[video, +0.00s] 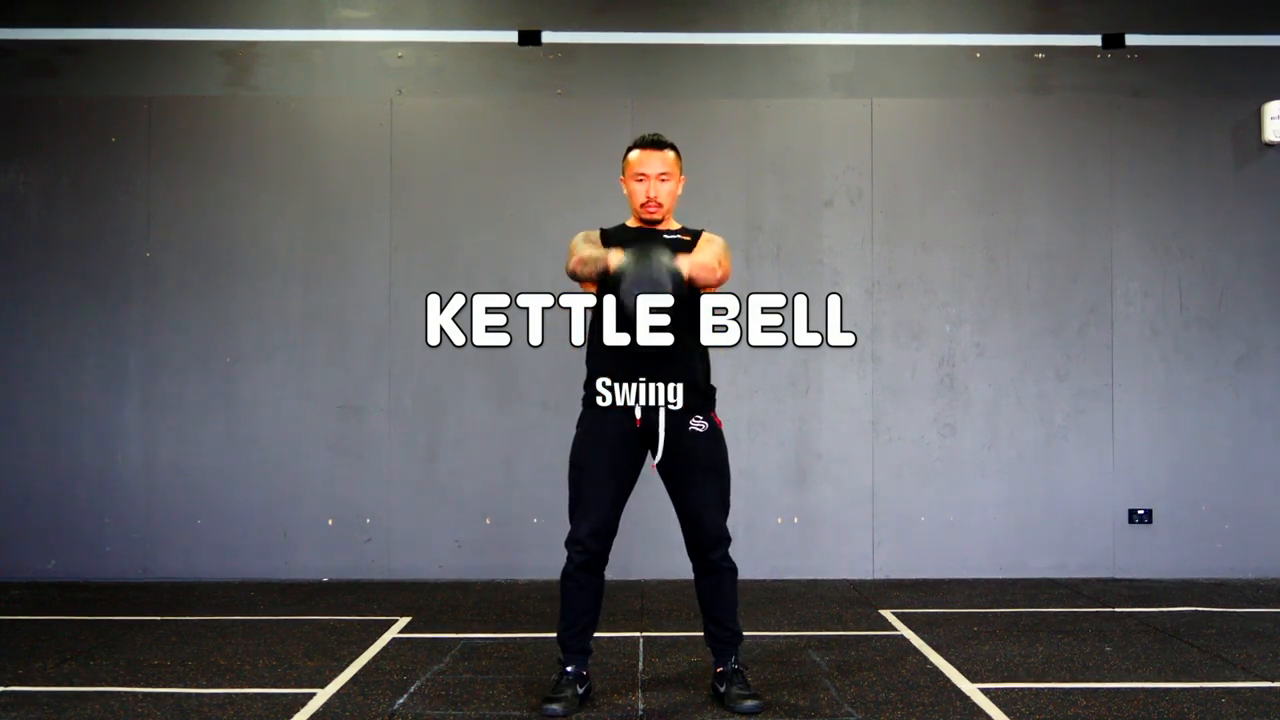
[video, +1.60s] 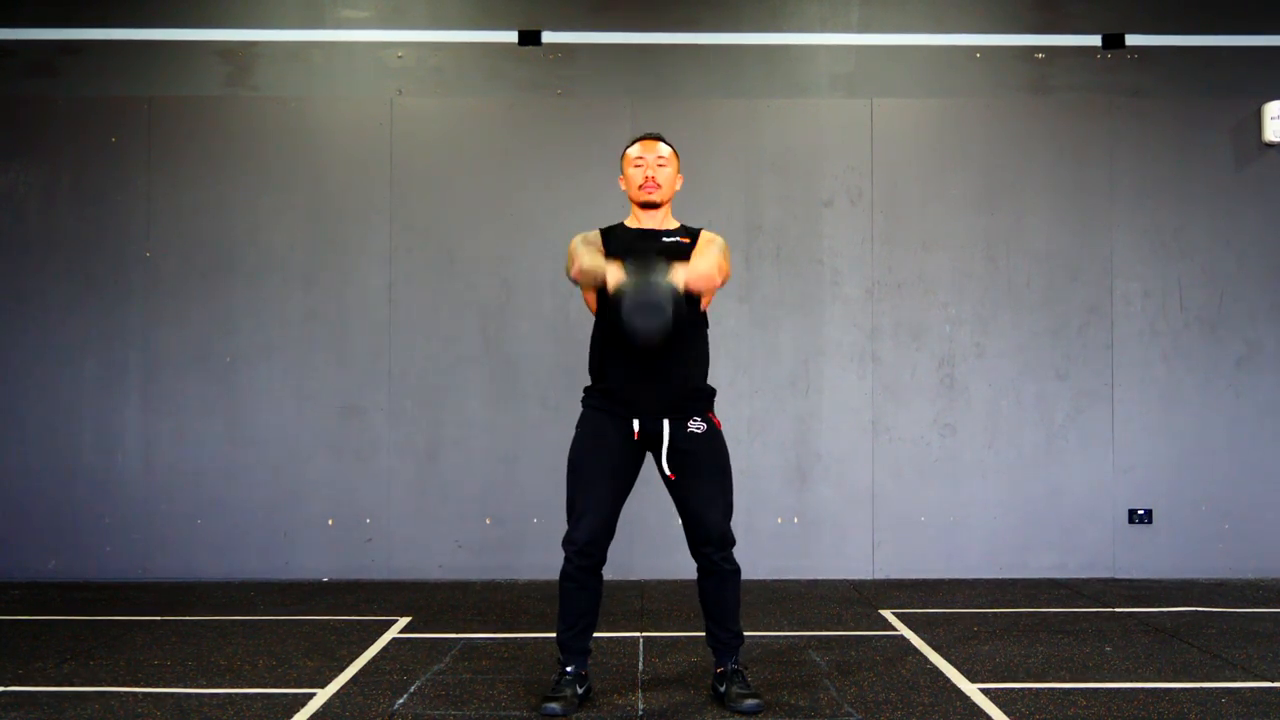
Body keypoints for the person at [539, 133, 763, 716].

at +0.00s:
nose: (652, 188)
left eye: (663, 177)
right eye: (641, 178)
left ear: (680, 184)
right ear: (625, 184)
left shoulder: (699, 241)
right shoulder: (598, 240)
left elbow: (713, 266)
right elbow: (580, 262)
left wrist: (693, 268)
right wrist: (606, 264)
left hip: (688, 415)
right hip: (610, 414)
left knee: (711, 544)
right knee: (586, 542)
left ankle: (729, 669)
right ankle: (572, 671)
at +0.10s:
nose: (649, 183)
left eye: (662, 172)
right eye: (637, 172)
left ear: (679, 180)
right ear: (621, 180)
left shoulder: (708, 249)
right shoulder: (587, 249)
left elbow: (699, 308)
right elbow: (594, 310)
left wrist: (668, 352)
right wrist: (627, 349)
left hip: (688, 417)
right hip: (609, 418)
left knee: (717, 546)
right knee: (582, 544)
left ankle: (729, 670)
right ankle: (572, 673)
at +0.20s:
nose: (648, 180)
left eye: (660, 168)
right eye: (635, 168)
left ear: (677, 178)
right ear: (619, 179)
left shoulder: (707, 254)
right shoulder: (585, 255)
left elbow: (702, 337)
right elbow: (586, 337)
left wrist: (673, 400)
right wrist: (614, 396)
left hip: (688, 413)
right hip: (605, 413)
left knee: (728, 547)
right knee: (571, 549)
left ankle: (730, 671)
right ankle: (571, 674)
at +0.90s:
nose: (649, 182)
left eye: (661, 173)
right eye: (637, 173)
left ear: (677, 185)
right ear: (620, 186)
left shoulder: (707, 255)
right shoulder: (589, 255)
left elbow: (703, 313)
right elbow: (589, 314)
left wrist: (676, 354)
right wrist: (619, 353)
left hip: (687, 421)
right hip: (608, 420)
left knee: (716, 546)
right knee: (581, 545)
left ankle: (729, 671)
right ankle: (572, 673)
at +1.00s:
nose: (652, 180)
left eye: (664, 172)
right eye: (641, 172)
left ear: (680, 187)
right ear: (624, 187)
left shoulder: (700, 246)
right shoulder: (598, 245)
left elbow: (710, 272)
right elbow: (584, 267)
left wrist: (676, 276)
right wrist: (610, 274)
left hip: (686, 418)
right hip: (608, 417)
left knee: (710, 544)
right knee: (581, 542)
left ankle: (728, 671)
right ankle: (572, 671)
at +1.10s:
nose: (651, 190)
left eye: (660, 176)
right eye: (642, 176)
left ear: (675, 190)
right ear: (624, 191)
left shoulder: (701, 253)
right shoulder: (598, 250)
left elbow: (713, 257)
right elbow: (582, 251)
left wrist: (678, 197)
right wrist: (609, 208)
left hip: (684, 415)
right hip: (607, 413)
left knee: (708, 543)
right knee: (584, 544)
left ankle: (728, 670)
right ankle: (572, 672)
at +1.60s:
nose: (650, 170)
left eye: (661, 162)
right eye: (639, 163)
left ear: (679, 179)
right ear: (622, 181)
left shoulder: (704, 242)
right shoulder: (596, 242)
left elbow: (707, 274)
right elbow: (585, 268)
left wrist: (668, 277)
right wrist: (617, 277)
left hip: (687, 414)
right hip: (610, 413)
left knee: (715, 543)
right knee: (583, 543)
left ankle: (729, 670)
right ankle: (572, 672)